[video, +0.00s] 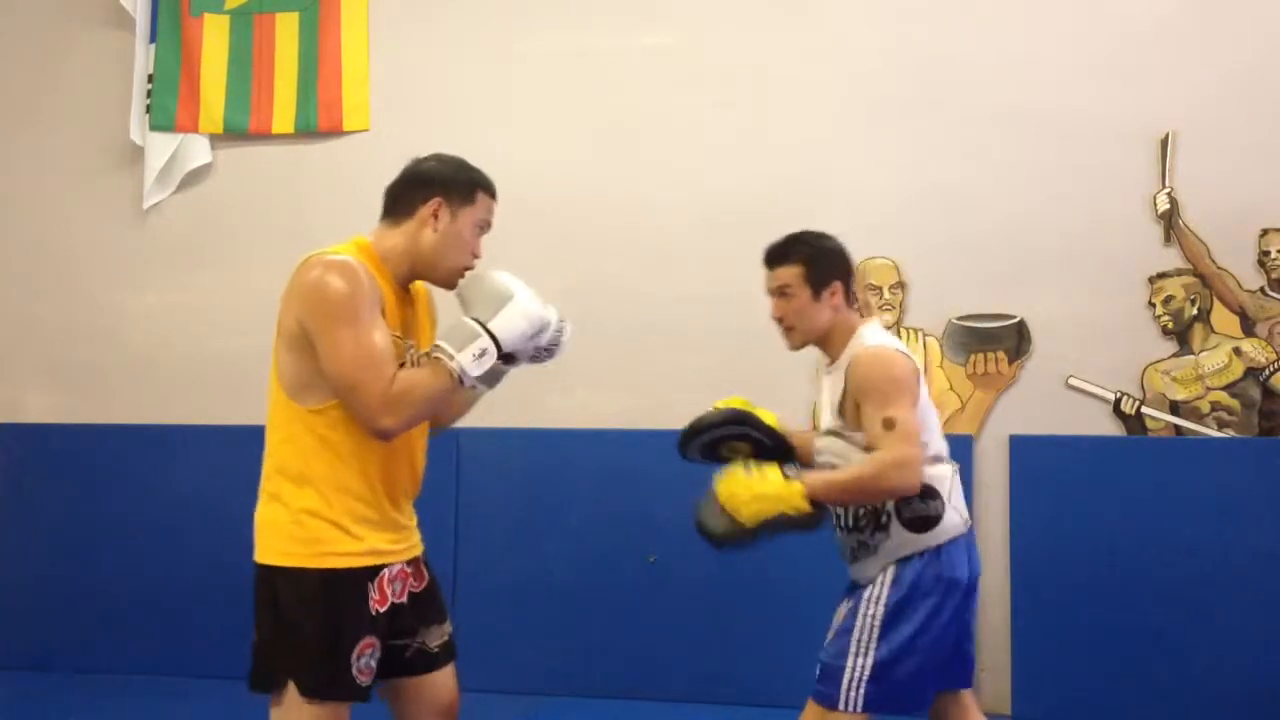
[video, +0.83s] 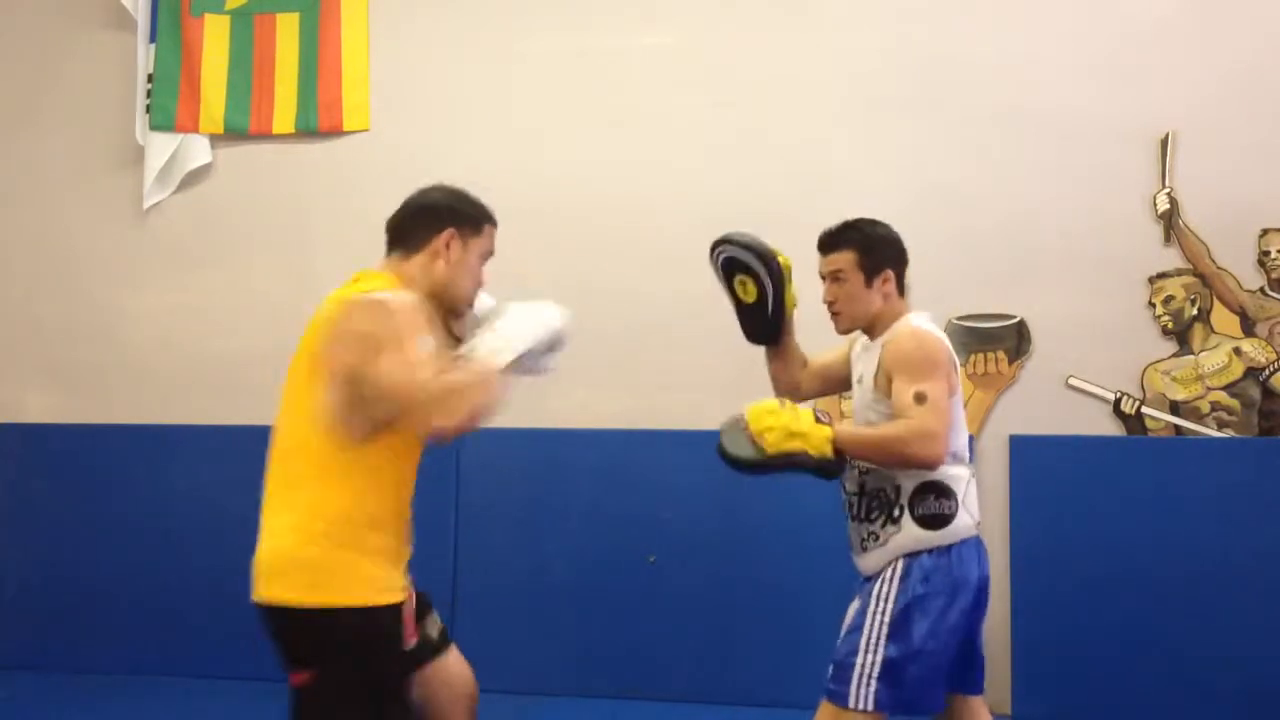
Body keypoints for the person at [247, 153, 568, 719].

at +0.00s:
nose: (480, 251)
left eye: (485, 234)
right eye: (478, 230)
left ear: (435, 219)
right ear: (435, 216)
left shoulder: (414, 299)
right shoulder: (334, 280)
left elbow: (435, 413)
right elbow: (384, 410)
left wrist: (500, 357)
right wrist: (485, 346)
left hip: (394, 546)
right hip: (319, 554)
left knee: (434, 703)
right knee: (312, 708)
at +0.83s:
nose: (484, 278)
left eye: (487, 262)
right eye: (483, 259)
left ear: (442, 248)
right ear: (446, 248)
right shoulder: (383, 306)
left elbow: (437, 410)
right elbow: (433, 411)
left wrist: (482, 348)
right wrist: (498, 352)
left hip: (366, 576)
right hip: (332, 587)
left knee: (451, 691)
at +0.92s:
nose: (491, 261)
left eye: (494, 245)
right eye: (490, 243)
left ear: (435, 233)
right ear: (455, 232)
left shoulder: (343, 297)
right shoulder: (446, 295)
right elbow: (570, 327)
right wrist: (614, 320)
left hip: (307, 558)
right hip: (360, 567)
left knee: (442, 692)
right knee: (350, 711)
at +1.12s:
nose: (532, 262)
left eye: (533, 245)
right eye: (529, 243)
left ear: (457, 240)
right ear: (497, 239)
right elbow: (625, 385)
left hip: (339, 546)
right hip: (400, 555)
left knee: (458, 690)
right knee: (402, 710)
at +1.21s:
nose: (542, 265)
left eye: (545, 247)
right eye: (541, 245)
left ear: (492, 236)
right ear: (508, 235)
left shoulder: (401, 296)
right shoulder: (498, 300)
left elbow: (449, 412)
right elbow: (562, 421)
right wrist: (604, 415)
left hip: (352, 537)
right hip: (411, 544)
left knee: (453, 700)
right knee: (427, 708)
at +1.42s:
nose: (550, 261)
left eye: (555, 244)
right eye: (550, 240)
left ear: (509, 227)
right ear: (516, 227)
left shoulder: (428, 279)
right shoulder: (472, 291)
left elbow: (432, 400)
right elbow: (500, 427)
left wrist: (513, 363)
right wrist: (579, 379)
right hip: (411, 553)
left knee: (478, 698)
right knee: (430, 708)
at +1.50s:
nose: (551, 271)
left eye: (558, 256)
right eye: (554, 251)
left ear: (514, 230)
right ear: (521, 232)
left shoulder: (429, 280)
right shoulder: (461, 291)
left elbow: (435, 399)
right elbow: (525, 422)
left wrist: (520, 351)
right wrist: (587, 327)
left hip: (424, 551)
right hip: (398, 558)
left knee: (489, 702)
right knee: (429, 711)